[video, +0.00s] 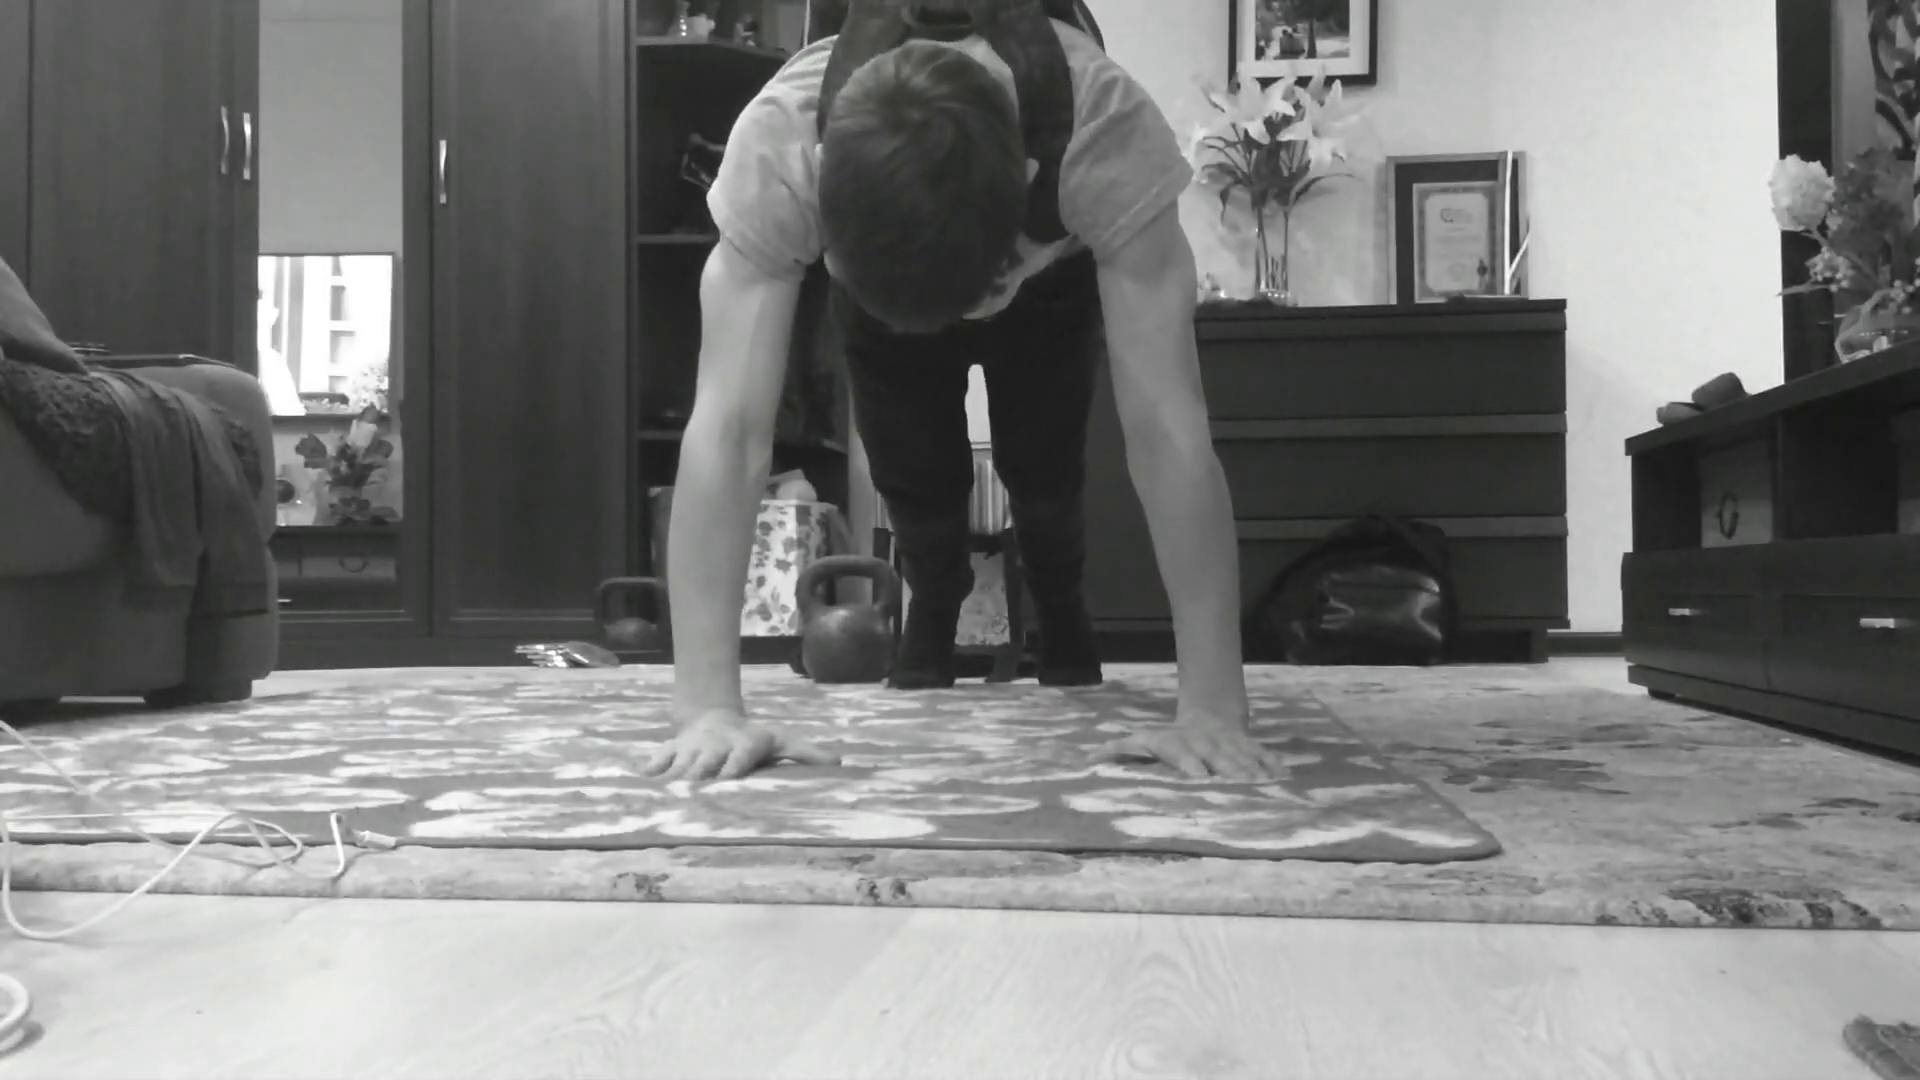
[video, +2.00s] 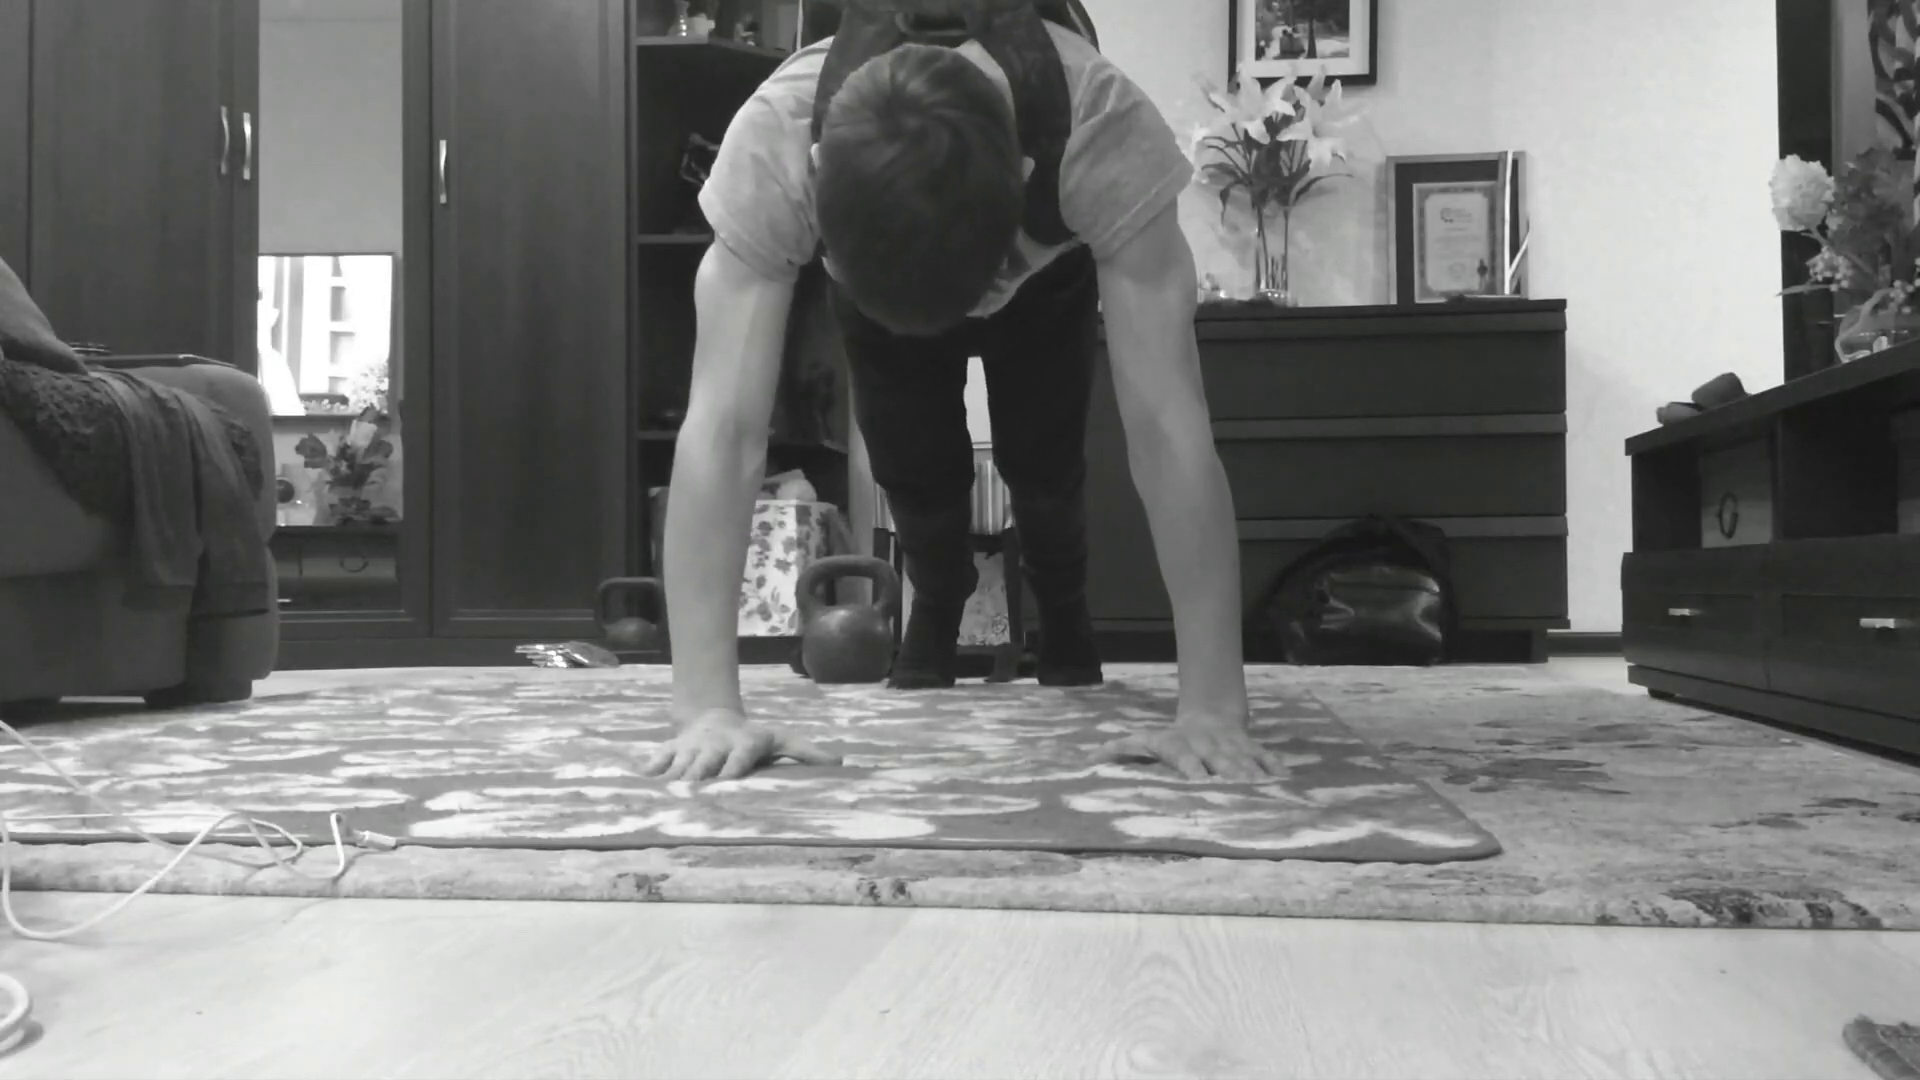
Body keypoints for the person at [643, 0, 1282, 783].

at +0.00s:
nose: (944, 334)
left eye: (973, 303)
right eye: (901, 319)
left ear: (1028, 191)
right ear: (831, 200)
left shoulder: (1115, 146)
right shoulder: (776, 156)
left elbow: (1171, 438)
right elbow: (726, 432)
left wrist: (1214, 712)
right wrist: (708, 709)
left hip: (1048, 261)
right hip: (871, 270)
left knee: (1043, 475)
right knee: (911, 479)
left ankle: (1055, 623)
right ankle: (931, 608)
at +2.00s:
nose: (929, 333)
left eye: (963, 300)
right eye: (892, 318)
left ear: (1020, 190)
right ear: (823, 188)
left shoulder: (1112, 145)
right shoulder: (770, 157)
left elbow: (1171, 435)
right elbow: (721, 433)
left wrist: (1212, 708)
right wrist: (708, 708)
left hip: (1042, 254)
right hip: (868, 267)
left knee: (1043, 470)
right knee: (912, 474)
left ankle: (1059, 621)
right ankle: (934, 604)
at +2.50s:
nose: (934, 326)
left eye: (965, 288)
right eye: (894, 309)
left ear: (1025, 176)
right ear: (821, 176)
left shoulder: (1115, 146)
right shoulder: (767, 156)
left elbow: (1181, 432)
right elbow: (713, 433)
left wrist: (1214, 712)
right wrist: (708, 709)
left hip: (1045, 261)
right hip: (869, 274)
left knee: (1042, 471)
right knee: (910, 477)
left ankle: (1060, 623)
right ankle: (933, 601)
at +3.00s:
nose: (920, 180)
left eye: (958, 140)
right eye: (883, 140)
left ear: (1024, 83)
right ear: (841, 96)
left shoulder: (1115, 137)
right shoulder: (785, 149)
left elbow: (1177, 429)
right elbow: (723, 437)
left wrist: (1214, 711)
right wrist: (709, 710)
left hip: (1046, 303)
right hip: (884, 303)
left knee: (1040, 489)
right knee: (896, 501)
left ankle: (1057, 663)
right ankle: (905, 625)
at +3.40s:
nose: (912, 141)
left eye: (952, 96)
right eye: (872, 95)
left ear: (1022, 49)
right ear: (832, 57)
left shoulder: (1106, 132)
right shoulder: (782, 142)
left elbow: (1173, 436)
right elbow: (723, 432)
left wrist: (1214, 710)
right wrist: (710, 710)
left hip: (1045, 324)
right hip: (883, 331)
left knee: (1050, 515)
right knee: (905, 525)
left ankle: (1069, 692)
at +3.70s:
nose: (912, 132)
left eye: (952, 87)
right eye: (874, 87)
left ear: (1022, 42)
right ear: (834, 51)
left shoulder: (1108, 132)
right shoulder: (780, 137)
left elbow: (1175, 439)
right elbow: (722, 432)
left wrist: (1214, 710)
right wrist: (709, 711)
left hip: (1045, 332)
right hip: (880, 340)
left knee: (1045, 525)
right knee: (900, 531)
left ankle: (1066, 697)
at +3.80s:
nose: (915, 127)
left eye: (954, 84)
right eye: (877, 84)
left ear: (1023, 39)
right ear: (837, 50)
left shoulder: (1107, 130)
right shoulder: (782, 135)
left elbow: (1174, 437)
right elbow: (721, 432)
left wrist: (1214, 711)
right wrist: (709, 711)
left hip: (1045, 336)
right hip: (880, 342)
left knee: (1046, 525)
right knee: (899, 529)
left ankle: (1067, 683)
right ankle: (913, 599)